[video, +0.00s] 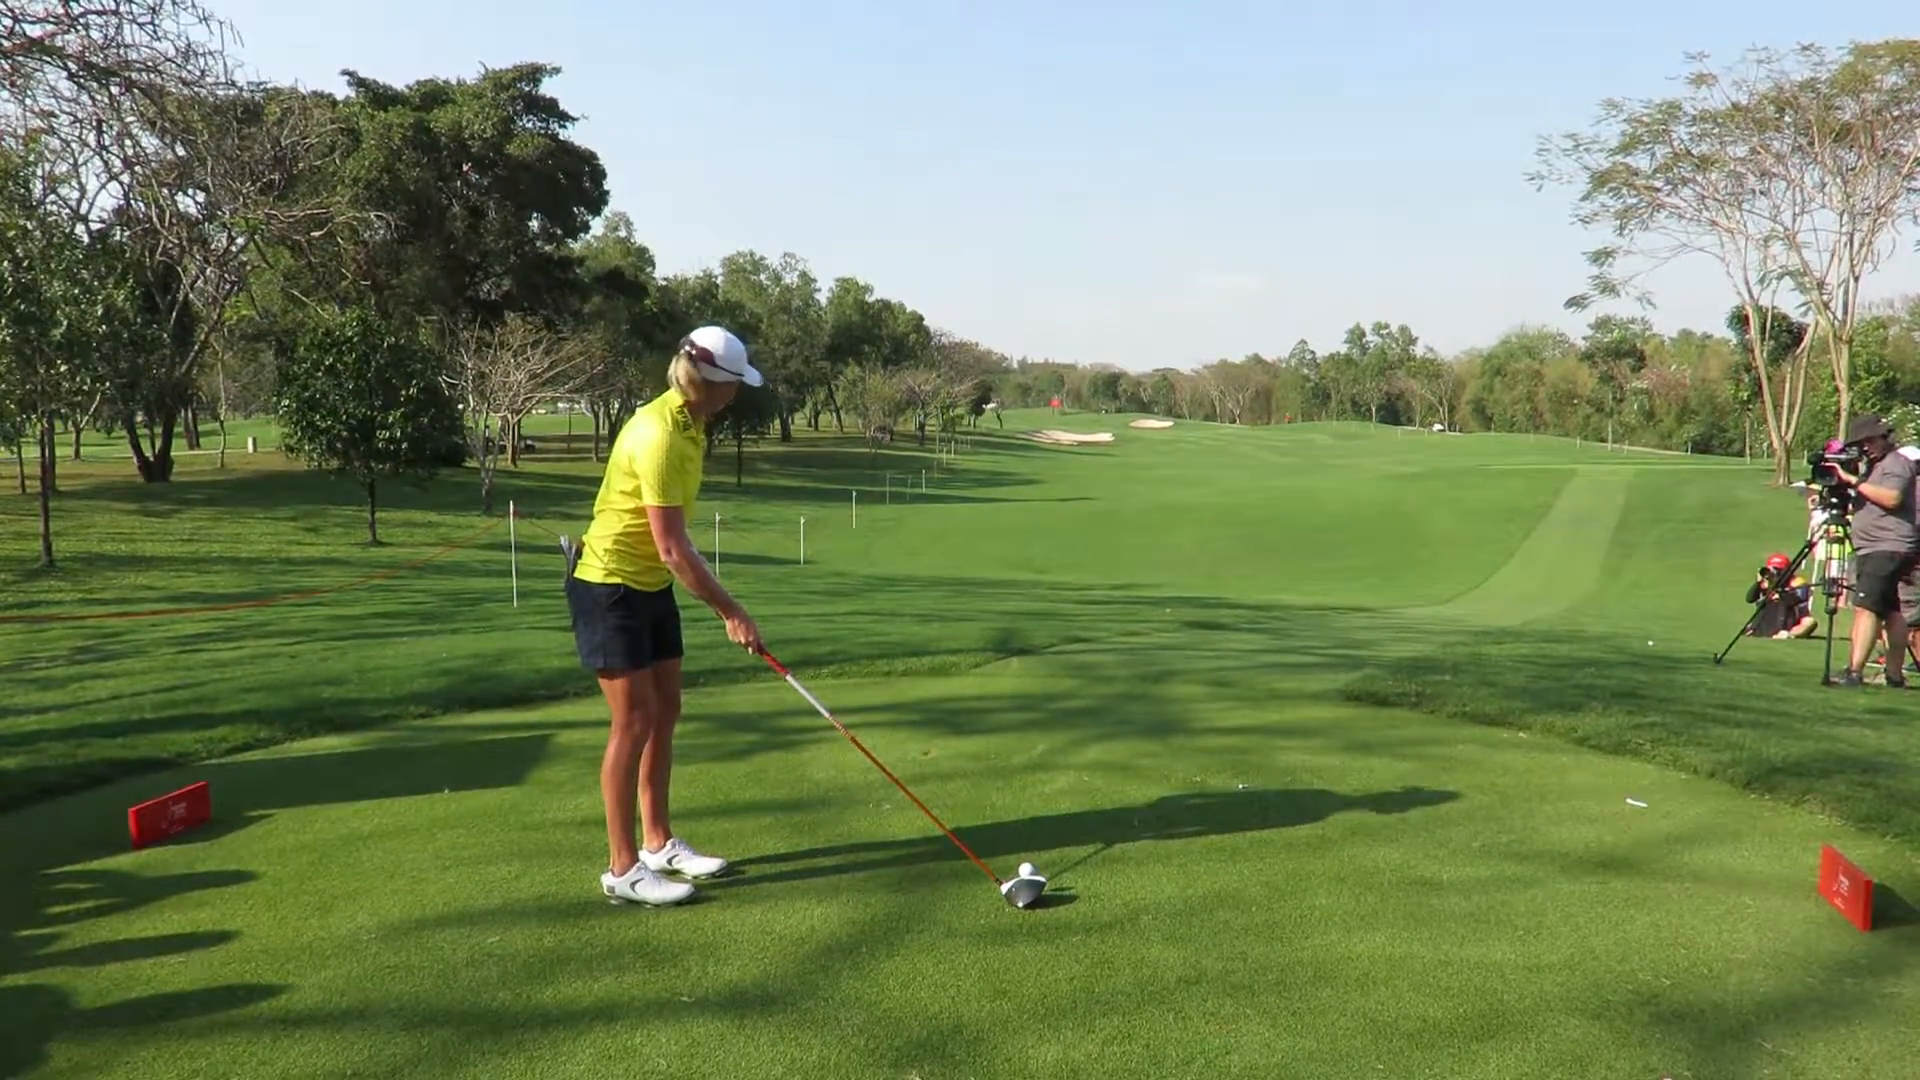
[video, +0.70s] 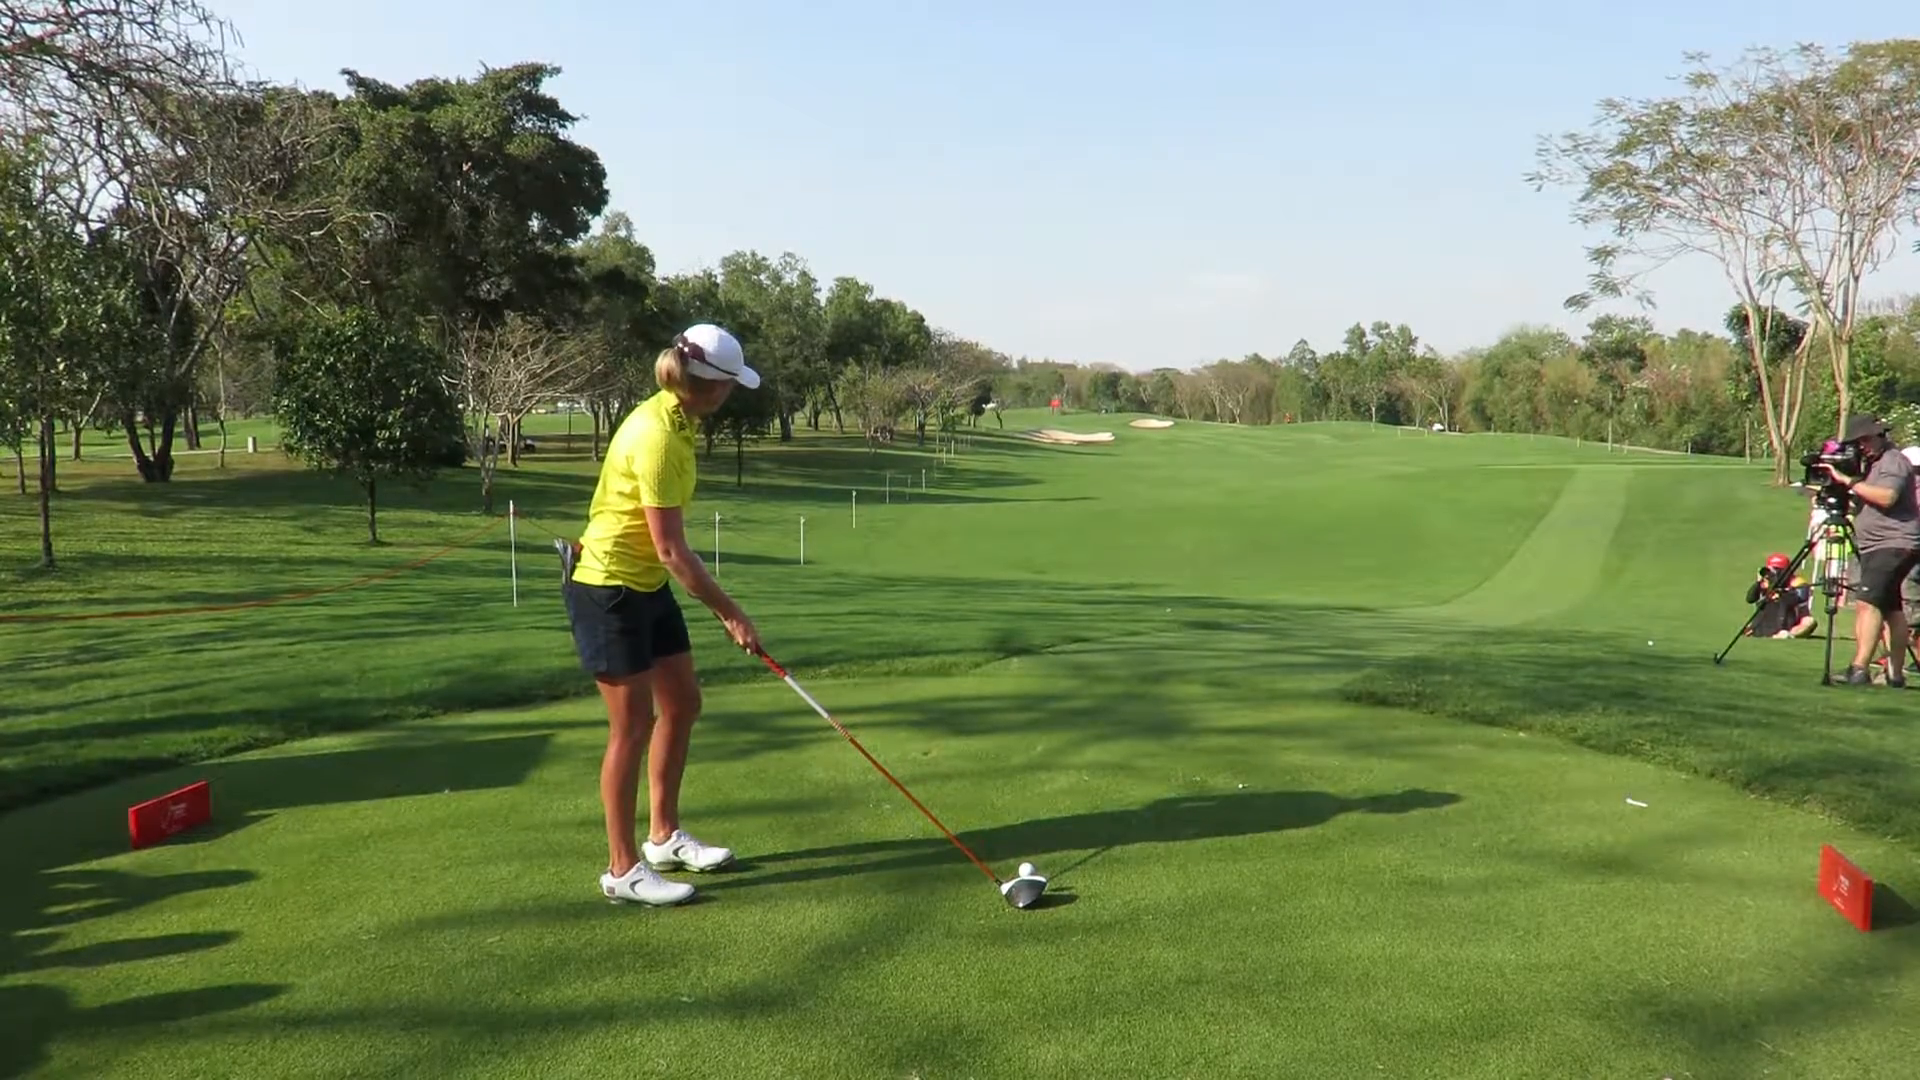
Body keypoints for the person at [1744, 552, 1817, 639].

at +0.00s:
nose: (1773, 576)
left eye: (1776, 573)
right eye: (1770, 573)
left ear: (1785, 572)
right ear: (1768, 572)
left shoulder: (1798, 584)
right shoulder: (1769, 584)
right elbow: (1750, 599)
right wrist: (1758, 584)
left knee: (1811, 621)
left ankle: (1790, 634)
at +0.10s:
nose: (1773, 576)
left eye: (1776, 572)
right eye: (1770, 572)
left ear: (1785, 572)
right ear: (1768, 572)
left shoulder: (1798, 584)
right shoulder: (1768, 584)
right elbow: (1749, 599)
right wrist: (1758, 583)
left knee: (1811, 621)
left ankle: (1790, 634)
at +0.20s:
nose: (1771, 576)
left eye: (1775, 572)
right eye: (1769, 572)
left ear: (1784, 572)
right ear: (1767, 571)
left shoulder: (1798, 584)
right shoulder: (1768, 584)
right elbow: (1749, 599)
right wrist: (1759, 583)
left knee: (1810, 621)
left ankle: (1789, 634)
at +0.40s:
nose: (1770, 577)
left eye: (1774, 573)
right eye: (1769, 573)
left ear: (1784, 573)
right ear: (1767, 572)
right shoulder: (1767, 585)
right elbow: (1749, 599)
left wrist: (1790, 634)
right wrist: (1759, 584)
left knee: (1811, 622)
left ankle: (1789, 635)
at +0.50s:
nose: (1771, 575)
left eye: (1775, 571)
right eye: (1769, 571)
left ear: (1784, 571)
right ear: (1767, 570)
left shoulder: (1798, 583)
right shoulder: (1767, 583)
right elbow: (1750, 598)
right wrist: (1759, 583)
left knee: (1810, 620)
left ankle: (1789, 633)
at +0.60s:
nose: (1771, 575)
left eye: (1775, 572)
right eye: (1769, 571)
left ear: (1784, 571)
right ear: (1767, 570)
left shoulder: (1797, 584)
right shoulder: (1767, 583)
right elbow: (1750, 598)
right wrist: (1758, 583)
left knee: (1810, 621)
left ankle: (1789, 634)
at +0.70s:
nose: (1772, 576)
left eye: (1776, 572)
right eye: (1770, 572)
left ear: (1785, 572)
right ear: (1768, 571)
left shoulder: (1798, 583)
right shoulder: (1767, 583)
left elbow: (1800, 598)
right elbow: (1750, 599)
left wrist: (1782, 595)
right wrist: (1758, 583)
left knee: (1810, 621)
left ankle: (1789, 634)